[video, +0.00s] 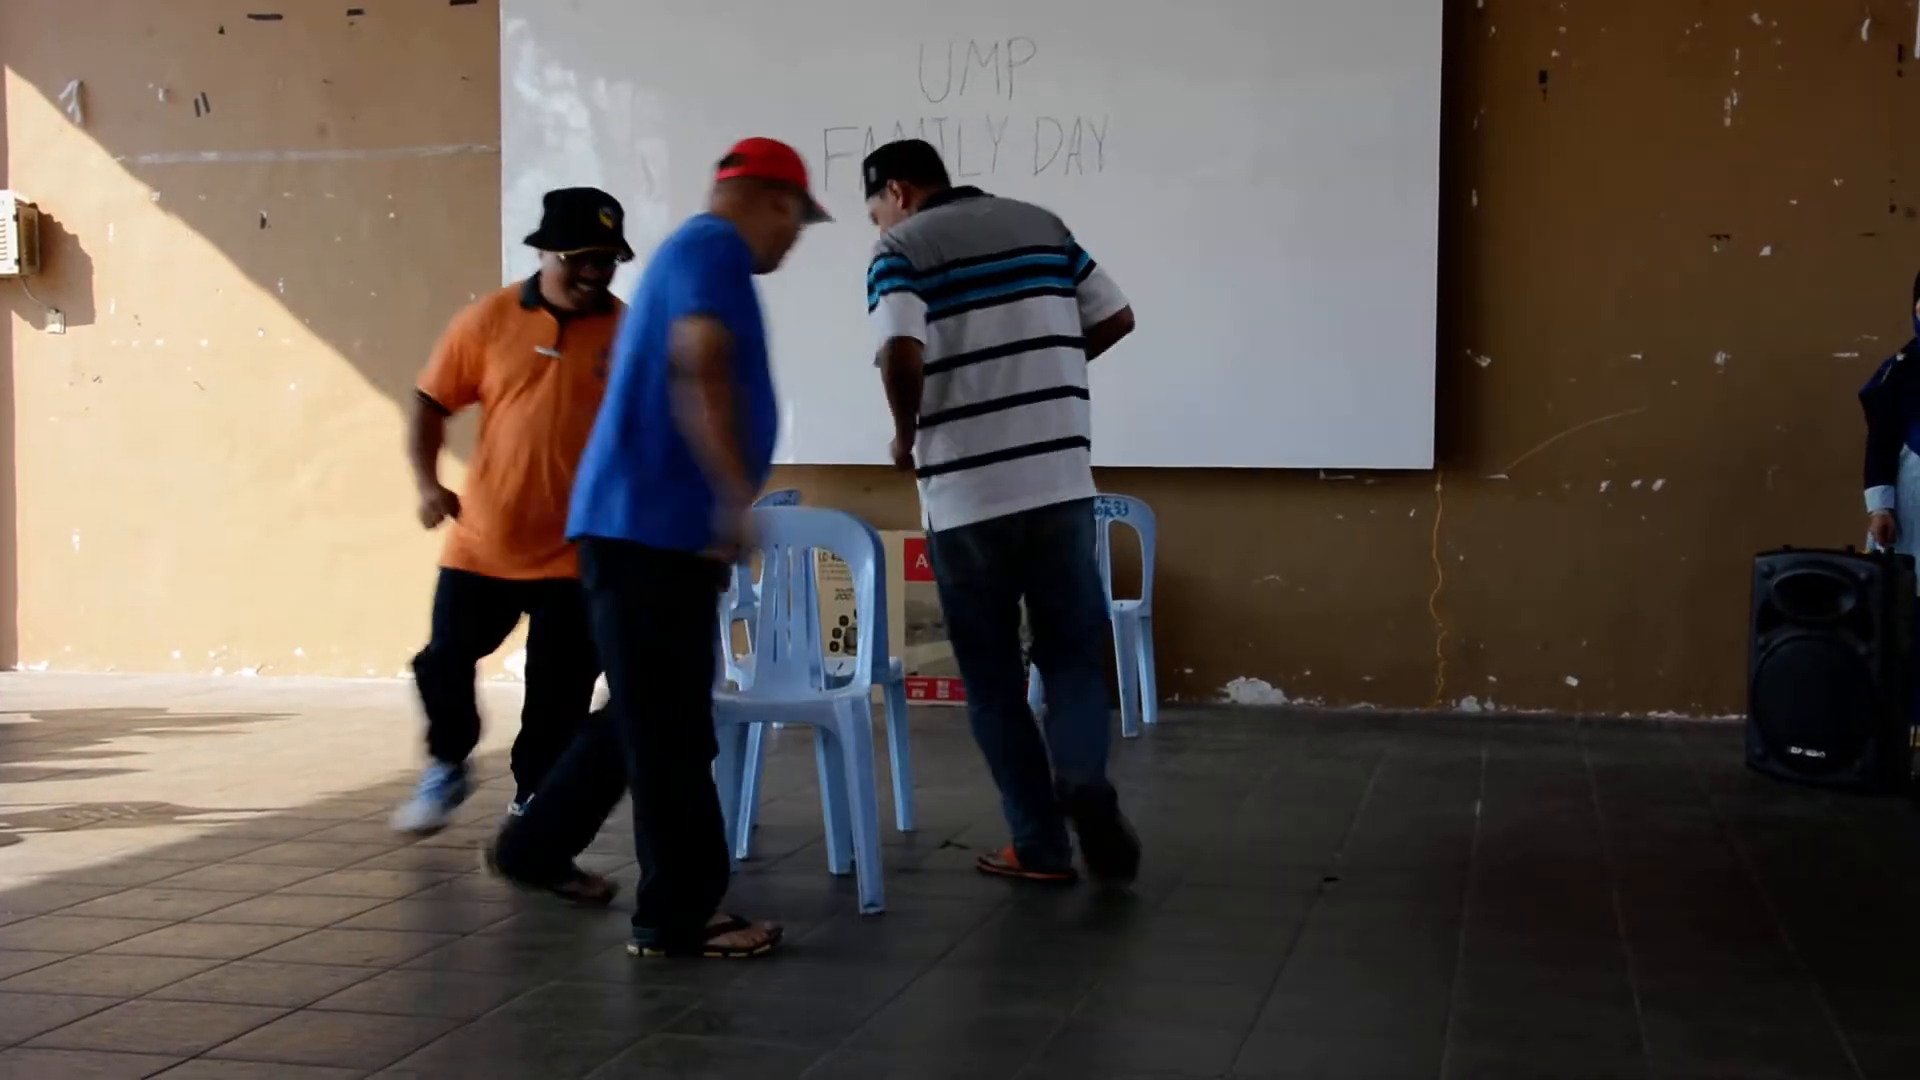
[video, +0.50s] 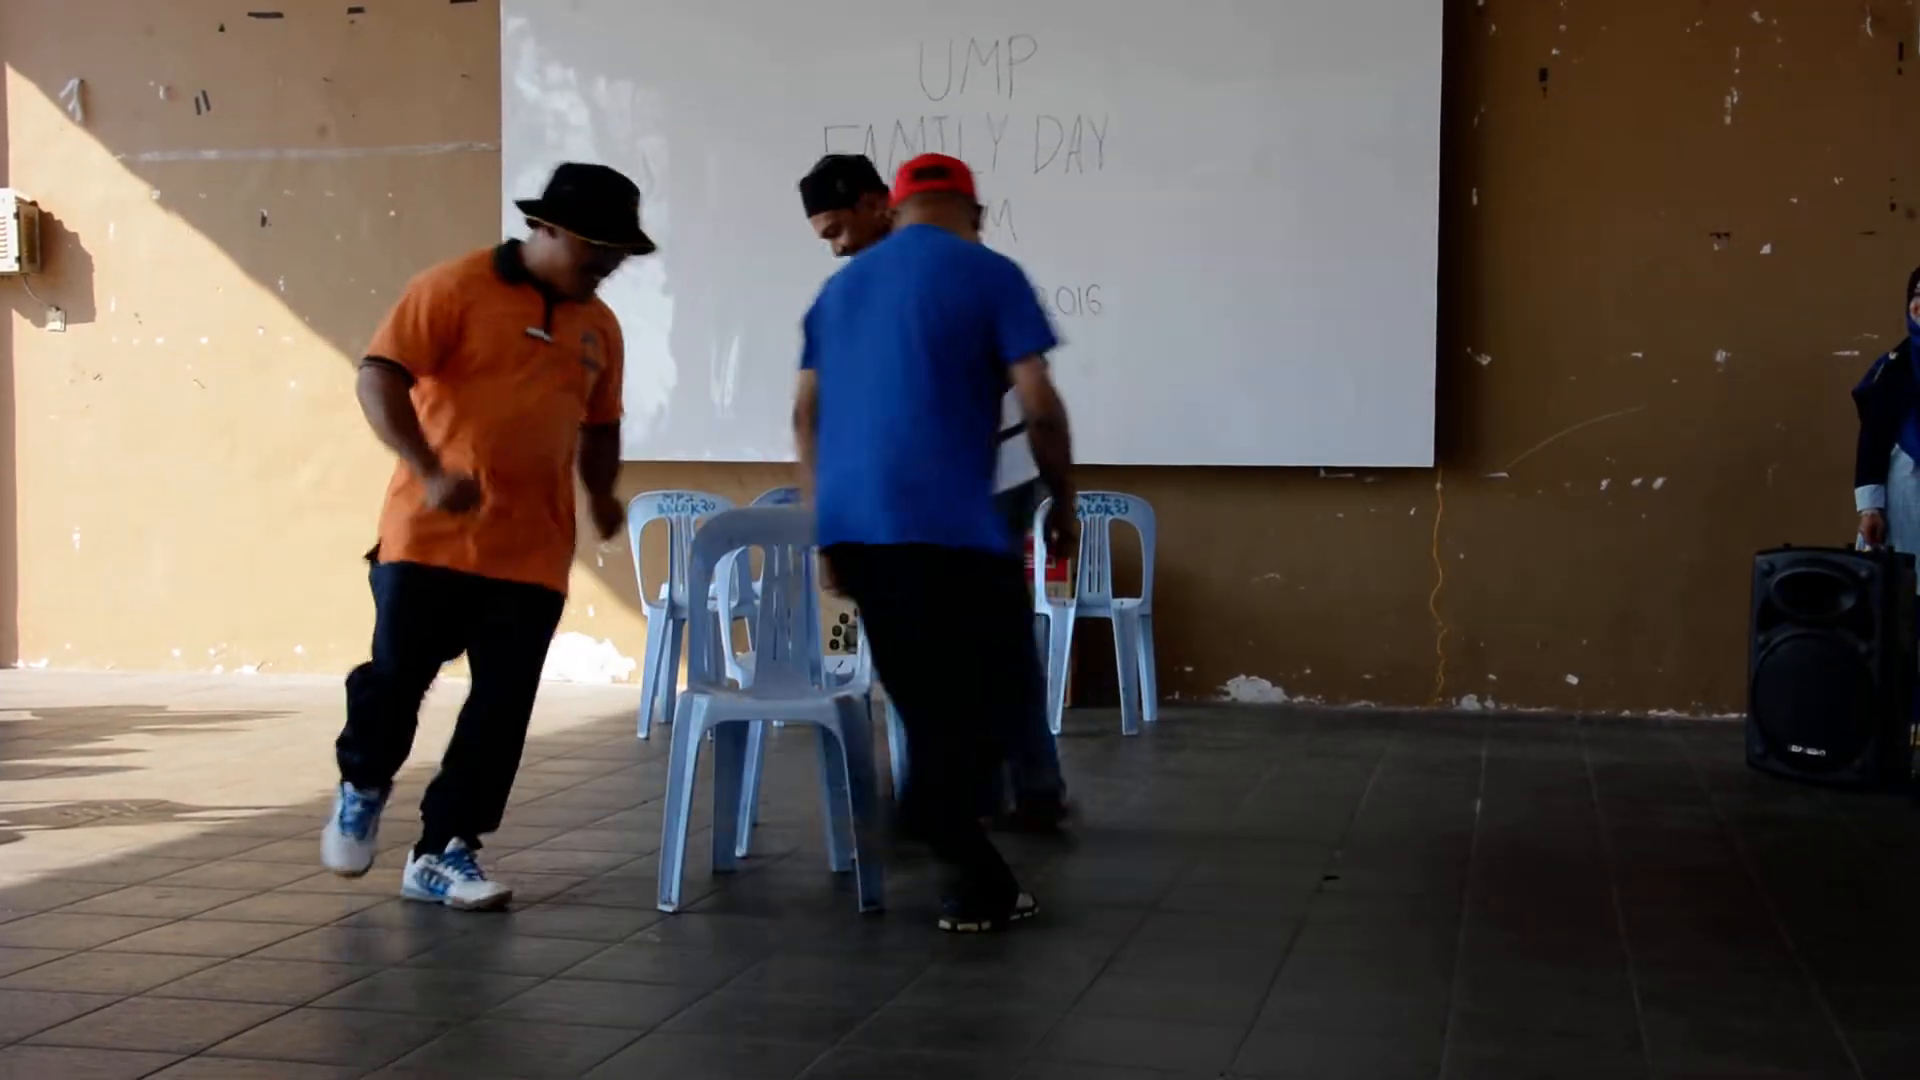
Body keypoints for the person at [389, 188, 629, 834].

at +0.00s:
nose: (594, 272)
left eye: (606, 260)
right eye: (580, 257)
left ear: (618, 262)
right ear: (545, 253)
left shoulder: (627, 335)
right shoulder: (489, 321)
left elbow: (653, 429)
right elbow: (430, 402)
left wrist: (637, 517)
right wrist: (428, 483)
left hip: (578, 544)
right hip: (488, 536)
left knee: (561, 696)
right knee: (443, 662)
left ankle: (539, 821)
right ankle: (449, 765)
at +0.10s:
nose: (582, 254)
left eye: (592, 242)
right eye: (568, 241)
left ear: (601, 243)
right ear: (530, 236)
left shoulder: (613, 320)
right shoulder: (461, 301)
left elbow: (662, 417)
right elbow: (396, 368)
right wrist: (400, 455)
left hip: (560, 535)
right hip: (464, 525)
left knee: (551, 682)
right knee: (426, 668)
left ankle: (538, 799)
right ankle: (398, 803)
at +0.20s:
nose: (556, 268)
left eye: (569, 255)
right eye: (542, 253)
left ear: (582, 251)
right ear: (504, 238)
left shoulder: (590, 323)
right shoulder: (436, 302)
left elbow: (626, 411)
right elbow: (363, 371)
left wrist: (619, 483)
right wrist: (371, 445)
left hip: (542, 535)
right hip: (441, 527)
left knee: (527, 677)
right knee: (409, 679)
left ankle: (504, 780)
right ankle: (387, 814)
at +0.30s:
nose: (556, 280)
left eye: (568, 267)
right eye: (544, 264)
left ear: (578, 259)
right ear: (501, 246)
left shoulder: (577, 332)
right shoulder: (423, 311)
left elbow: (605, 421)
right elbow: (352, 391)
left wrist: (601, 500)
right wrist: (390, 444)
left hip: (526, 542)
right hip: (426, 537)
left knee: (517, 676)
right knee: (395, 690)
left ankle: (468, 801)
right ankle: (386, 818)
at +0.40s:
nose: (585, 260)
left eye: (593, 248)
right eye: (574, 245)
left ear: (592, 242)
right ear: (526, 227)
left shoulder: (584, 317)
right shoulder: (433, 288)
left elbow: (598, 401)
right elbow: (367, 374)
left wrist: (587, 480)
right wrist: (432, 429)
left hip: (529, 532)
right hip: (428, 525)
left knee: (501, 693)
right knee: (399, 679)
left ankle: (451, 837)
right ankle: (381, 803)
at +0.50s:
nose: (602, 273)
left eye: (612, 262)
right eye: (595, 255)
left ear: (608, 256)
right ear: (549, 232)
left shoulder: (597, 329)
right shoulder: (451, 290)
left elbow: (600, 426)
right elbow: (377, 379)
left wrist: (602, 493)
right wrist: (428, 467)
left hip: (532, 549)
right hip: (432, 534)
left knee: (501, 712)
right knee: (396, 678)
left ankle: (444, 851)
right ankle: (362, 788)